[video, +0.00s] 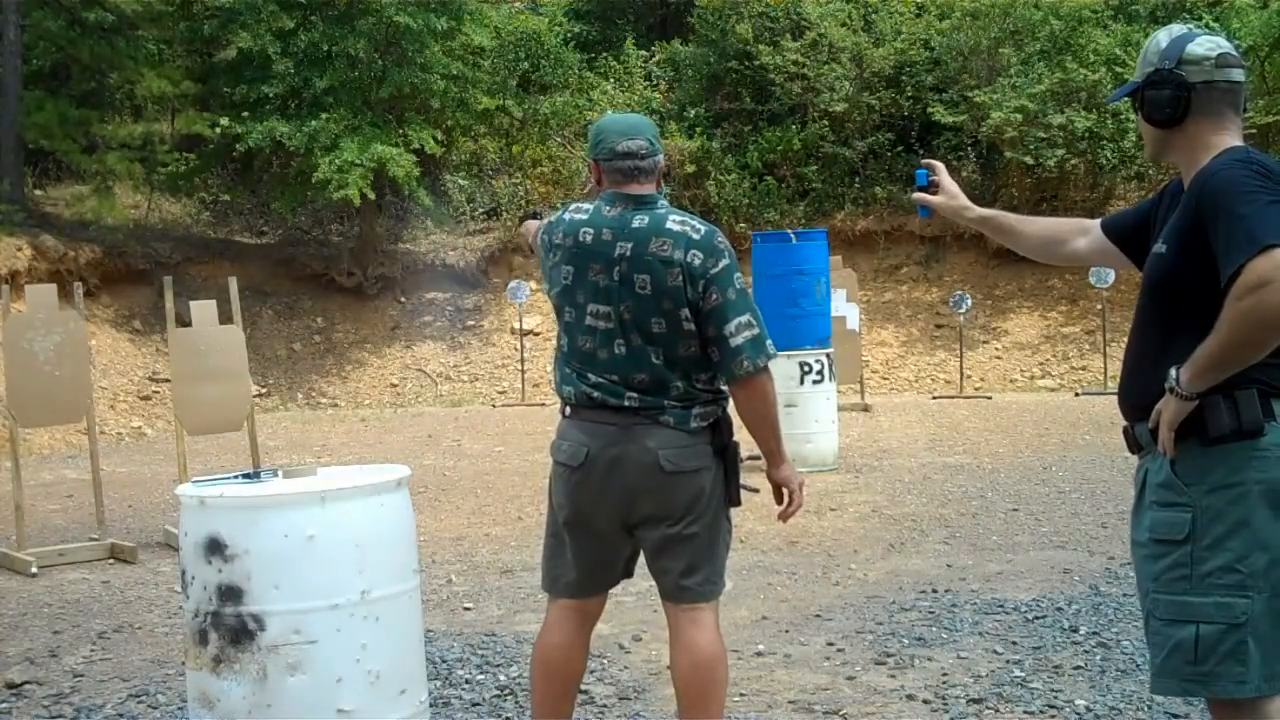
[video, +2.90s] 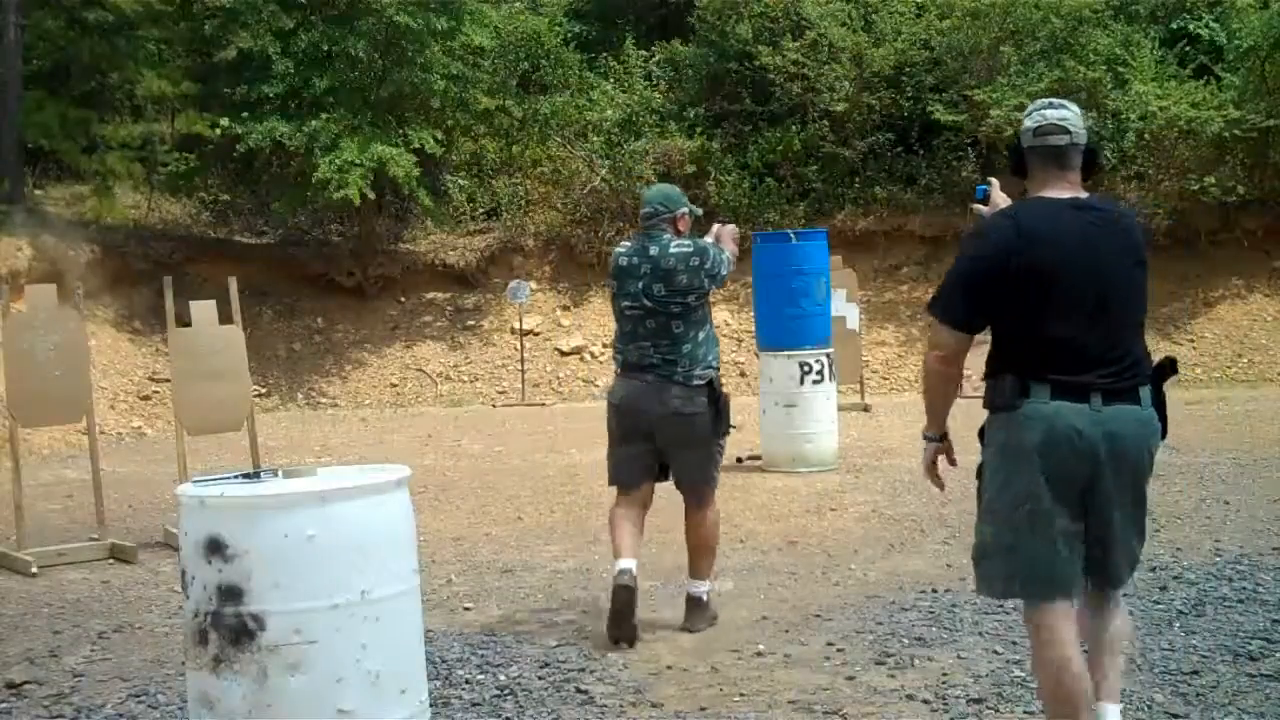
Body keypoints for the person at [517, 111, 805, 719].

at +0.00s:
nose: (587, 173)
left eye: (589, 166)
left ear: (596, 171)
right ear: (662, 168)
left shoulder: (566, 233)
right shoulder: (700, 243)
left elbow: (540, 235)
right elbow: (747, 368)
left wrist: (544, 227)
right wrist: (777, 459)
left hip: (585, 445)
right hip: (683, 451)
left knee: (571, 606)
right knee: (693, 610)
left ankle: (548, 715)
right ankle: (703, 718)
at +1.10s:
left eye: (611, 167)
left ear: (613, 173)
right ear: (679, 171)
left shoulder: (578, 237)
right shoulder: (715, 246)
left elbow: (558, 313)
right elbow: (759, 365)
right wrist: (773, 430)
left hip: (600, 448)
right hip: (694, 453)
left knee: (575, 608)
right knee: (699, 614)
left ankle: (550, 713)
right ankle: (706, 718)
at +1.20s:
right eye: (679, 169)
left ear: (622, 177)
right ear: (685, 176)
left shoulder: (587, 247)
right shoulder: (723, 249)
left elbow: (565, 343)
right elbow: (768, 364)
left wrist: (628, 360)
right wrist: (723, 381)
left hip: (606, 453)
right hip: (699, 455)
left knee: (576, 603)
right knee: (702, 614)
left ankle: (565, 713)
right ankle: (706, 717)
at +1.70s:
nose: (652, 212)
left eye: (645, 205)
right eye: (650, 204)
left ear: (590, 211)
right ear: (642, 208)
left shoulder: (561, 263)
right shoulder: (676, 259)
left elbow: (552, 350)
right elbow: (718, 347)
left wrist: (609, 332)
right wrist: (682, 311)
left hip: (573, 432)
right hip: (656, 433)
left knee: (579, 575)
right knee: (689, 574)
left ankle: (586, 708)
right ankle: (696, 696)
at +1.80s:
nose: (646, 209)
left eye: (640, 202)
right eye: (644, 202)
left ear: (584, 207)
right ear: (635, 205)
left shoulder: (557, 254)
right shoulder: (660, 249)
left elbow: (574, 316)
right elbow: (702, 314)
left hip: (566, 425)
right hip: (645, 428)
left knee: (577, 575)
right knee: (679, 557)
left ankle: (585, 708)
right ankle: (665, 654)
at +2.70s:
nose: (671, 216)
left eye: (668, 209)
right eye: (669, 209)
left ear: (623, 211)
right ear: (659, 213)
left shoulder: (597, 249)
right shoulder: (673, 248)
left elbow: (642, 260)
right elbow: (705, 266)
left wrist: (694, 240)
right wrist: (711, 240)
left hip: (604, 388)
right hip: (664, 391)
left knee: (614, 503)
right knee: (684, 495)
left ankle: (615, 622)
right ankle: (677, 608)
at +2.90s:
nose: (689, 223)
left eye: (687, 217)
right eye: (688, 217)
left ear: (643, 220)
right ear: (679, 221)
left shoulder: (620, 256)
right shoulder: (694, 256)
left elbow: (662, 259)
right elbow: (725, 262)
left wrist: (707, 241)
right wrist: (725, 241)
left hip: (629, 391)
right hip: (686, 395)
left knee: (629, 496)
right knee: (700, 501)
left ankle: (624, 572)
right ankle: (698, 601)